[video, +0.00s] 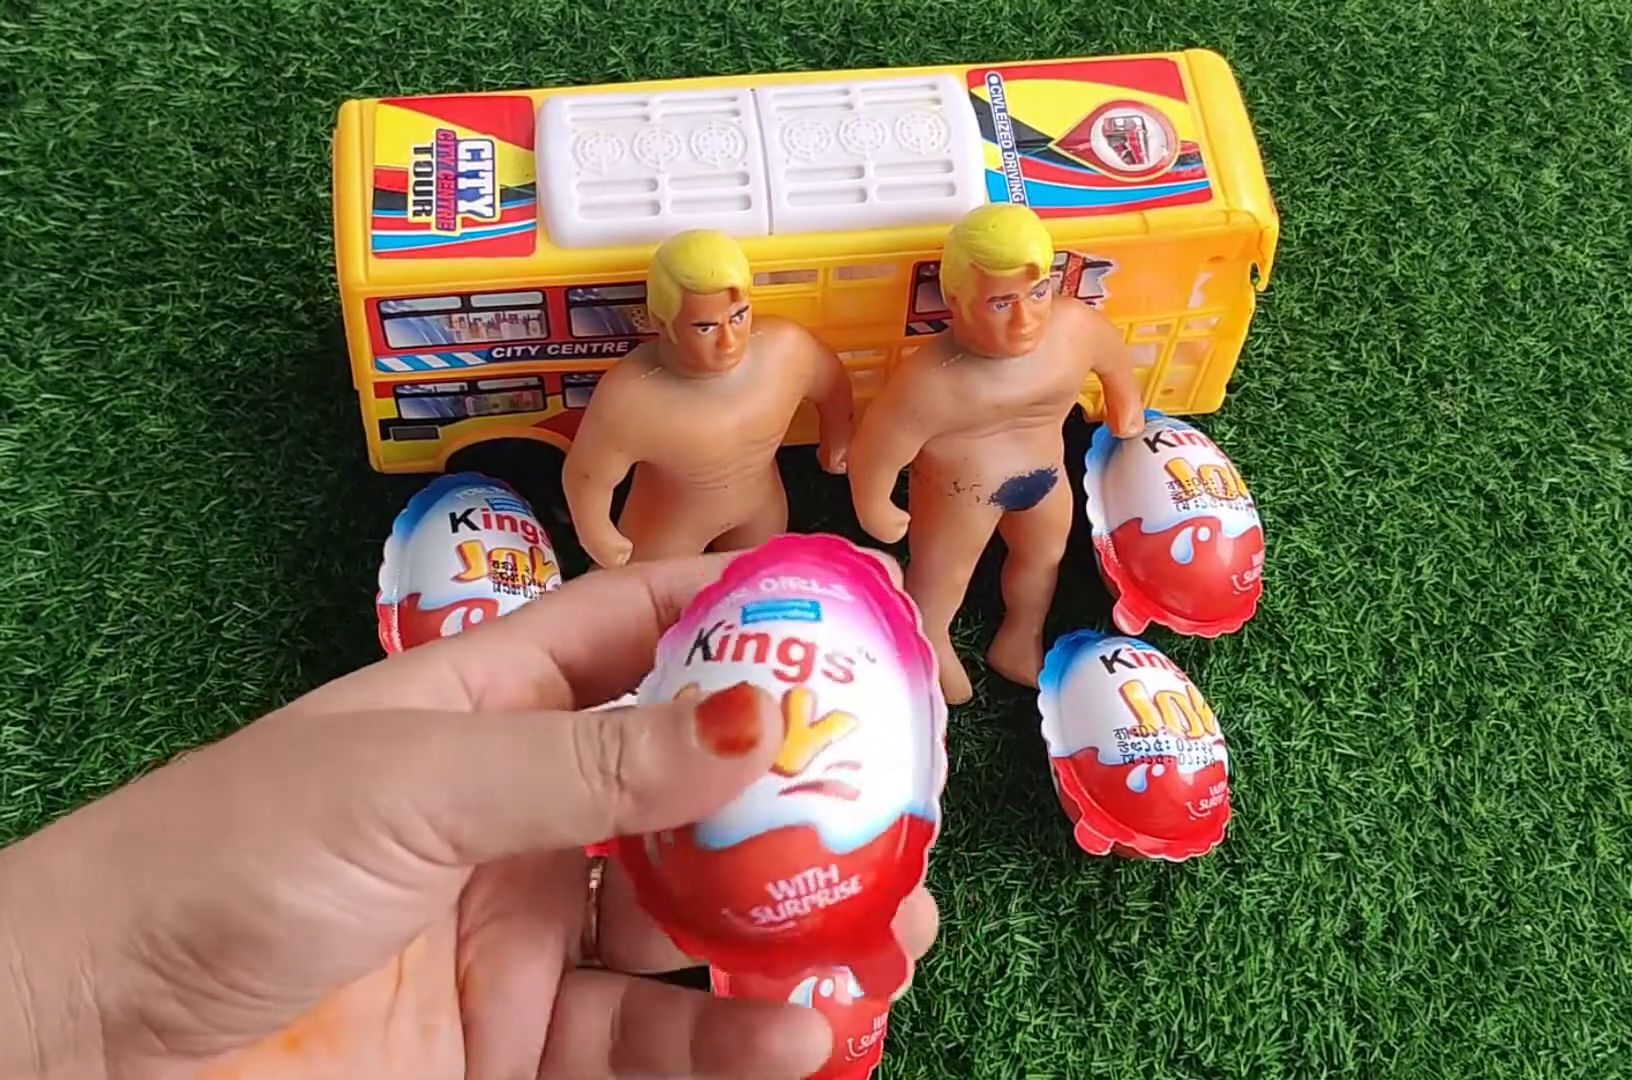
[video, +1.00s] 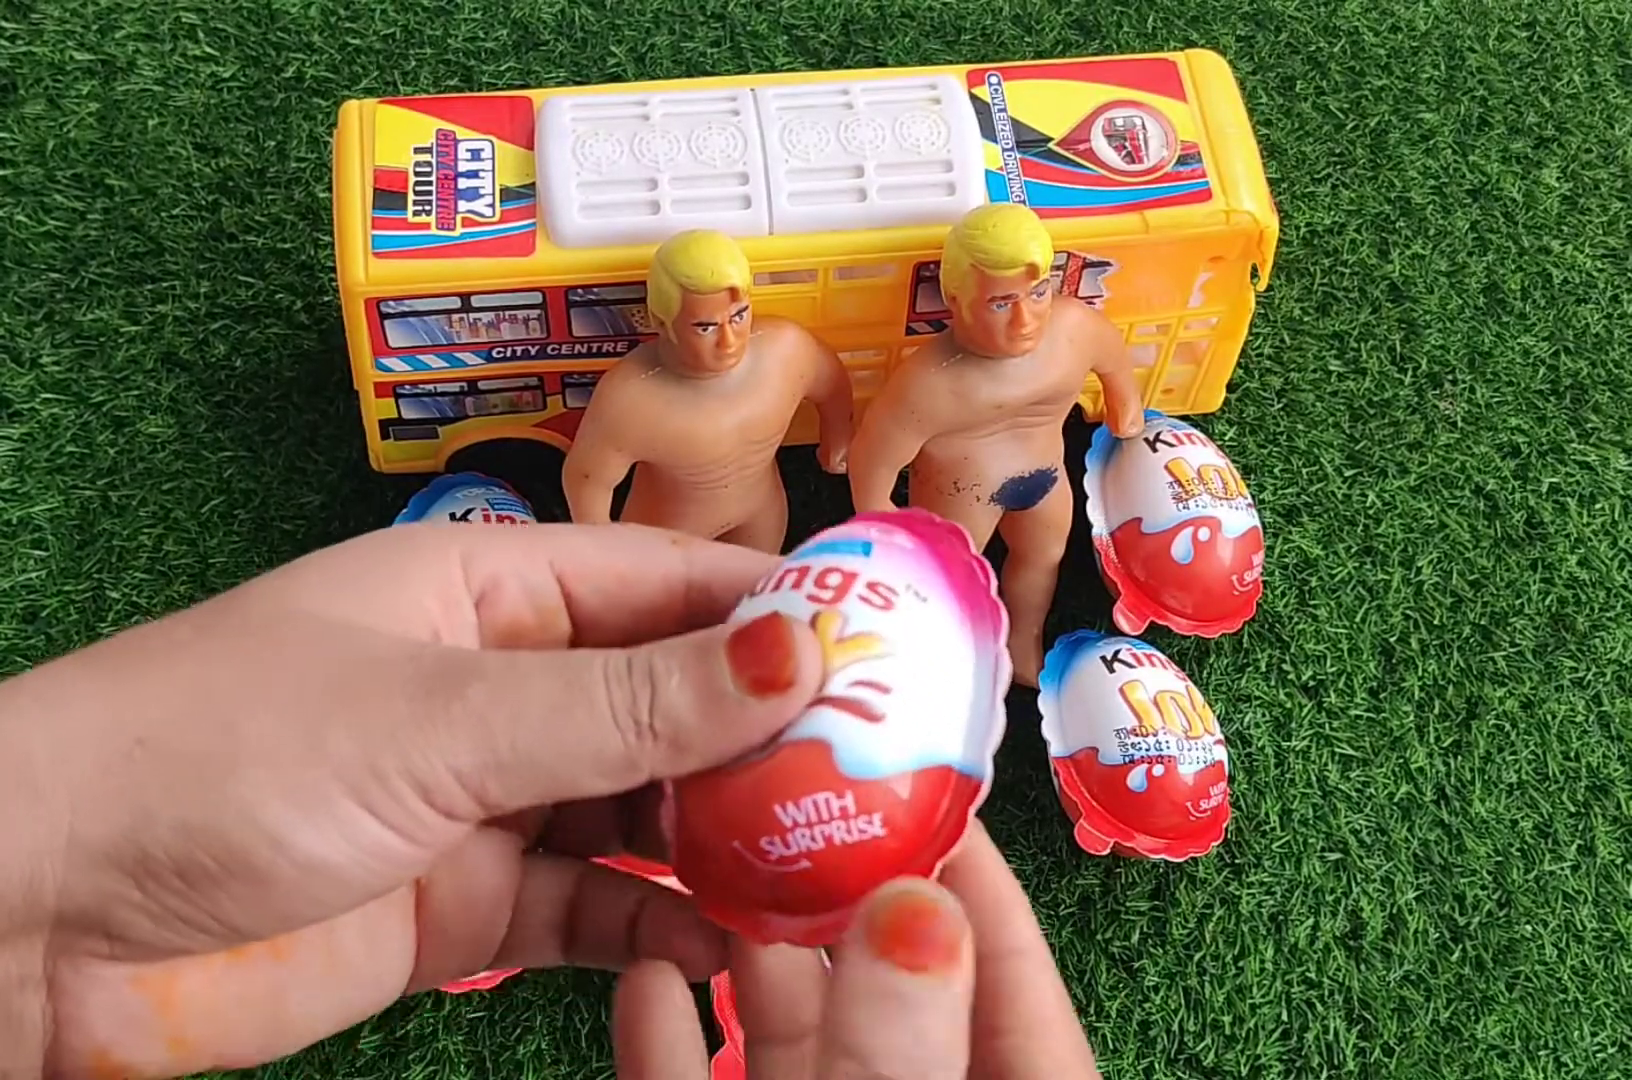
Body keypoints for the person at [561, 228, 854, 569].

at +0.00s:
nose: (728, 340)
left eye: (738, 316)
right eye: (705, 327)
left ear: (750, 302)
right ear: (661, 324)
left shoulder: (788, 350)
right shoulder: (628, 399)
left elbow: (833, 389)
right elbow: (585, 479)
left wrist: (836, 445)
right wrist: (601, 541)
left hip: (758, 510)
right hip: (670, 524)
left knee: (762, 612)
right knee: (657, 627)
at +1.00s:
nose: (728, 340)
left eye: (739, 315)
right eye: (704, 327)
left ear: (750, 302)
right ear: (664, 327)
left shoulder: (786, 350)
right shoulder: (626, 399)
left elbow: (832, 389)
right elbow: (585, 480)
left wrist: (834, 444)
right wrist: (599, 559)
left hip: (757, 519)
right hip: (665, 535)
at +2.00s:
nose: (728, 339)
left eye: (739, 315)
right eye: (703, 327)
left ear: (749, 300)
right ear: (662, 324)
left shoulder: (787, 350)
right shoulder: (626, 397)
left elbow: (832, 387)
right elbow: (584, 478)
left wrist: (834, 443)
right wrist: (600, 552)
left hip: (757, 517)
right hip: (665, 533)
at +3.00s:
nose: (728, 340)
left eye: (739, 316)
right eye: (704, 326)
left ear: (750, 299)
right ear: (661, 322)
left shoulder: (786, 349)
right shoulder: (627, 397)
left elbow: (832, 388)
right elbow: (585, 479)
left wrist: (835, 441)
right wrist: (603, 556)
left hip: (759, 522)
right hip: (665, 538)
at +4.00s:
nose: (728, 340)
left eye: (739, 316)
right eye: (705, 326)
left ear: (750, 301)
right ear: (659, 322)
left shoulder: (789, 350)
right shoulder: (628, 397)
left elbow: (834, 388)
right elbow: (587, 477)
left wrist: (837, 440)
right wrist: (598, 536)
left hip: (759, 497)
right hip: (672, 509)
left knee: (750, 577)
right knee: (636, 591)